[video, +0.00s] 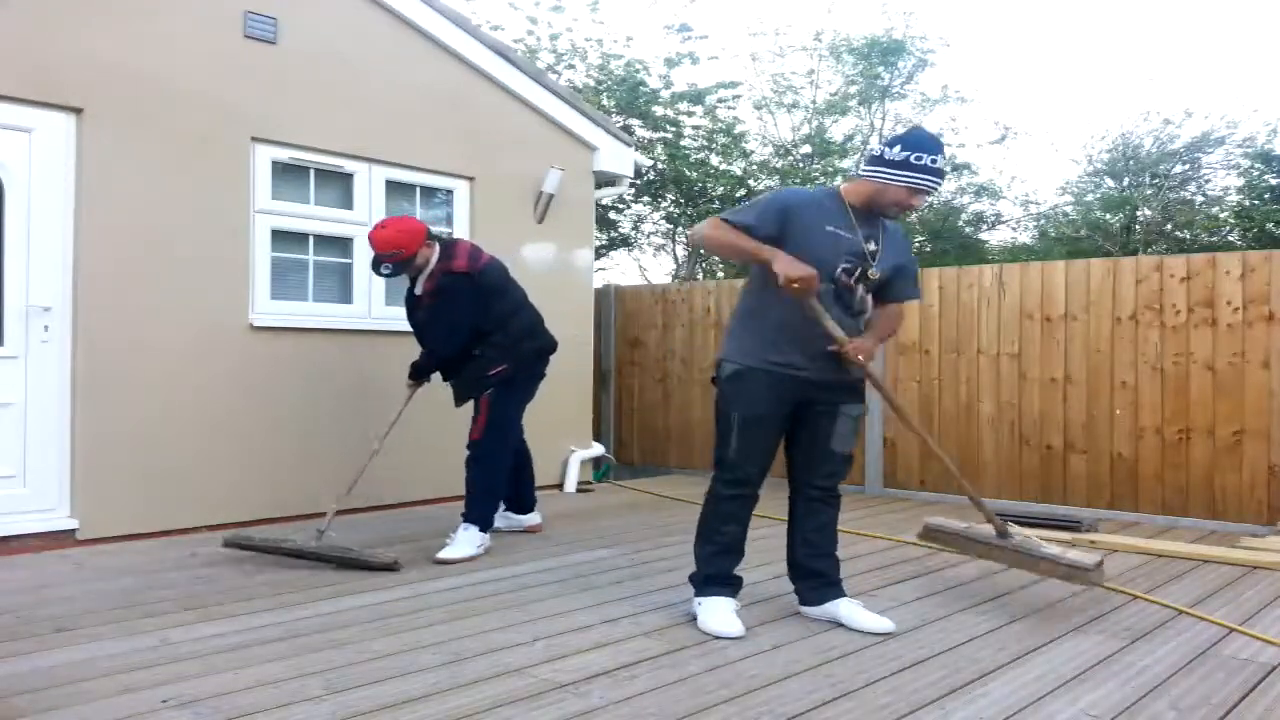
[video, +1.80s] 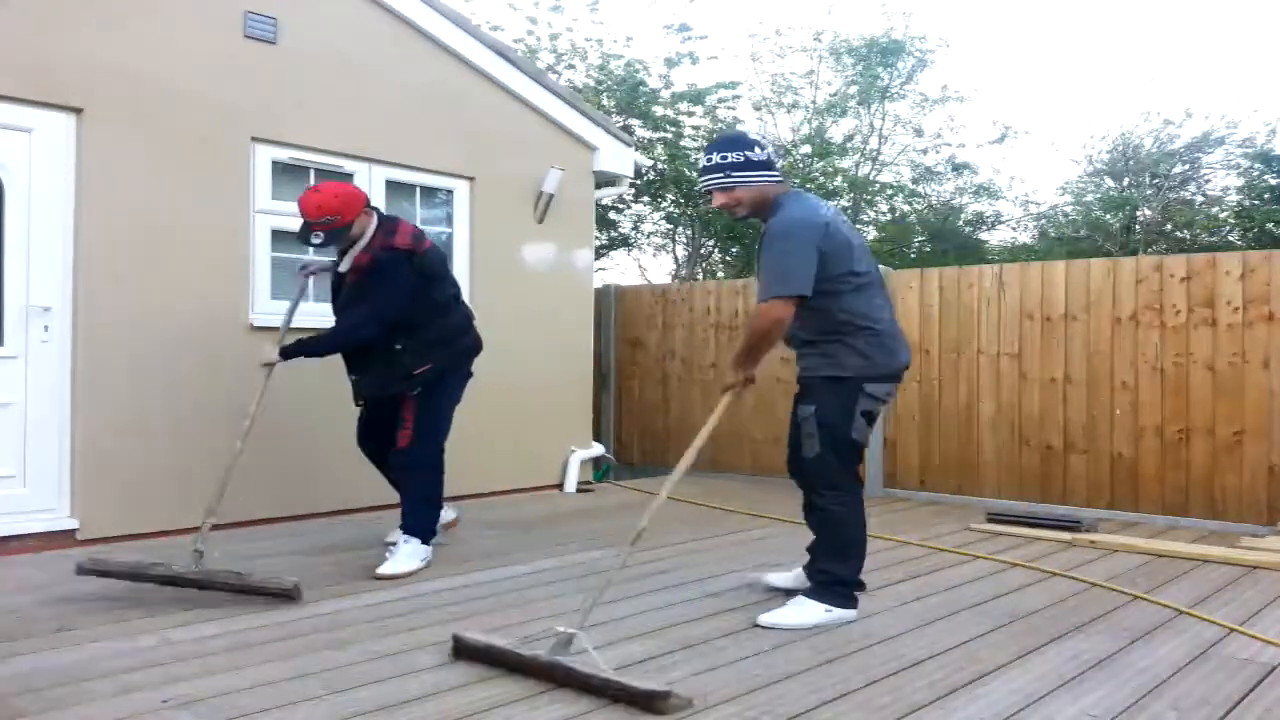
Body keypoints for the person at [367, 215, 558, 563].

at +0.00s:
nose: (399, 272)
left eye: (401, 265)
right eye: (395, 267)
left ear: (421, 250)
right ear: (424, 247)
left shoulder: (456, 277)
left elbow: (451, 341)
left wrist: (423, 367)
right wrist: (430, 360)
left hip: (512, 356)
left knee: (485, 440)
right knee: (505, 432)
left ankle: (475, 529)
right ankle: (521, 510)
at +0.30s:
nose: (388, 263)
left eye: (390, 255)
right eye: (384, 258)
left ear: (410, 240)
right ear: (411, 238)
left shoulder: (439, 272)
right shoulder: (436, 254)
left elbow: (416, 336)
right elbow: (421, 329)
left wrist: (373, 382)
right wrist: (384, 376)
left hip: (496, 356)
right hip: (494, 352)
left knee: (473, 441)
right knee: (485, 434)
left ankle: (473, 530)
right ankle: (511, 507)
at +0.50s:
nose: (382, 254)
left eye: (383, 246)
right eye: (377, 248)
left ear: (404, 230)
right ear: (405, 229)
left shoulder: (435, 263)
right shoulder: (429, 250)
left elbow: (409, 324)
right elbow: (414, 319)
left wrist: (366, 366)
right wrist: (375, 362)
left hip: (494, 358)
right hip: (466, 360)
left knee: (474, 440)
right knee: (453, 439)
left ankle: (474, 528)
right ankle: (480, 511)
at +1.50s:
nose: (338, 259)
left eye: (341, 252)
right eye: (334, 253)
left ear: (362, 237)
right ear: (362, 235)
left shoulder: (398, 269)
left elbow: (390, 341)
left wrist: (341, 368)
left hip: (455, 356)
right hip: (433, 356)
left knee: (429, 446)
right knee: (441, 440)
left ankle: (417, 540)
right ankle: (457, 521)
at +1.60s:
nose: (335, 256)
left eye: (338, 248)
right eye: (331, 250)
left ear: (361, 232)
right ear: (356, 232)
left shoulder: (397, 266)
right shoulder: (366, 252)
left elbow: (379, 339)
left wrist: (326, 369)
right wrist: (357, 325)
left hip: (454, 354)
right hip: (426, 354)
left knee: (424, 444)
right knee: (433, 439)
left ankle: (417, 541)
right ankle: (455, 519)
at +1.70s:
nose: (334, 252)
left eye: (337, 243)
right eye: (329, 246)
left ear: (359, 228)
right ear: (356, 226)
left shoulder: (396, 263)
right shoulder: (367, 244)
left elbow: (373, 334)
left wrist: (318, 362)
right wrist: (347, 295)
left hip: (449, 357)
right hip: (413, 357)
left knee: (423, 445)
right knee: (415, 442)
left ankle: (416, 541)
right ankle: (452, 516)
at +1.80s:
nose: (331, 246)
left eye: (334, 238)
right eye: (326, 240)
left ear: (357, 221)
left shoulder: (395, 255)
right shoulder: (365, 237)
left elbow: (368, 325)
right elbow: (366, 274)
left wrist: (298, 349)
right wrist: (329, 271)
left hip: (438, 359)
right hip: (396, 360)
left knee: (418, 444)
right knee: (375, 438)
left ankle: (418, 539)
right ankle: (432, 508)